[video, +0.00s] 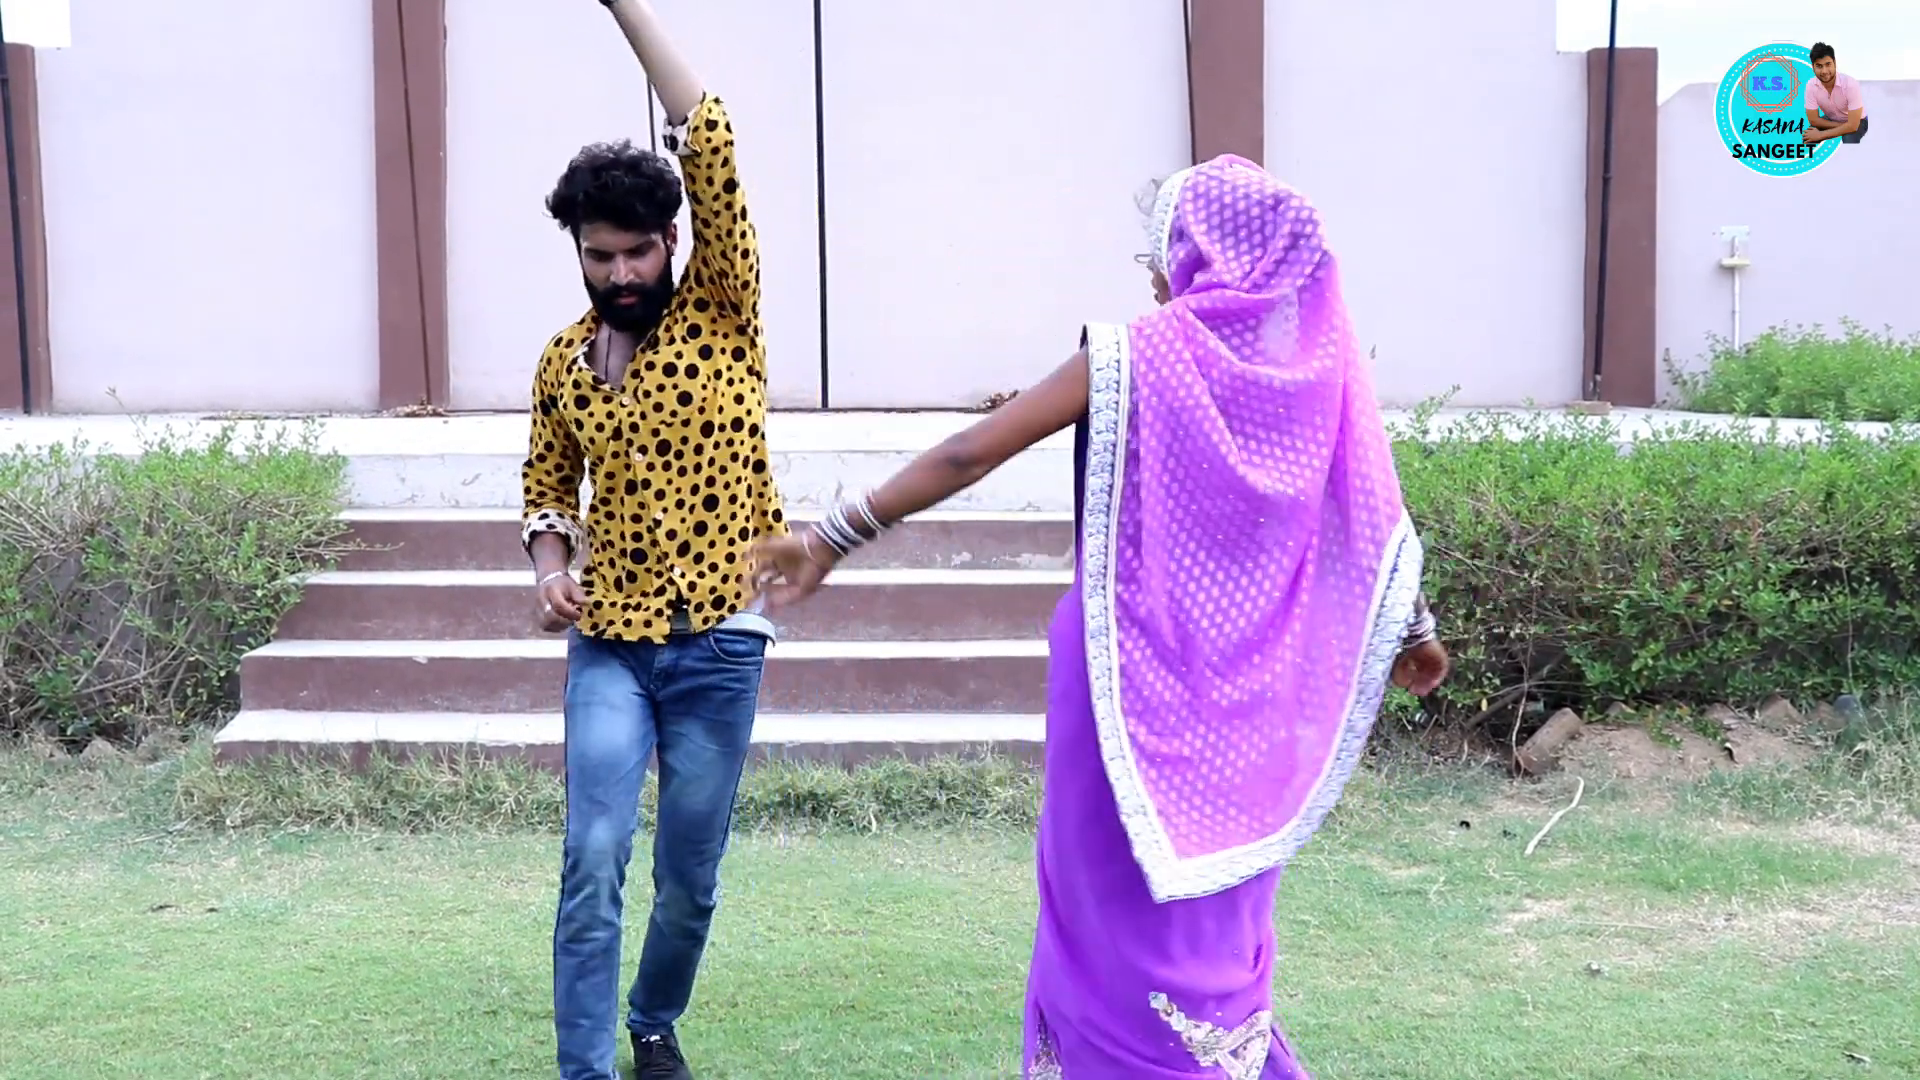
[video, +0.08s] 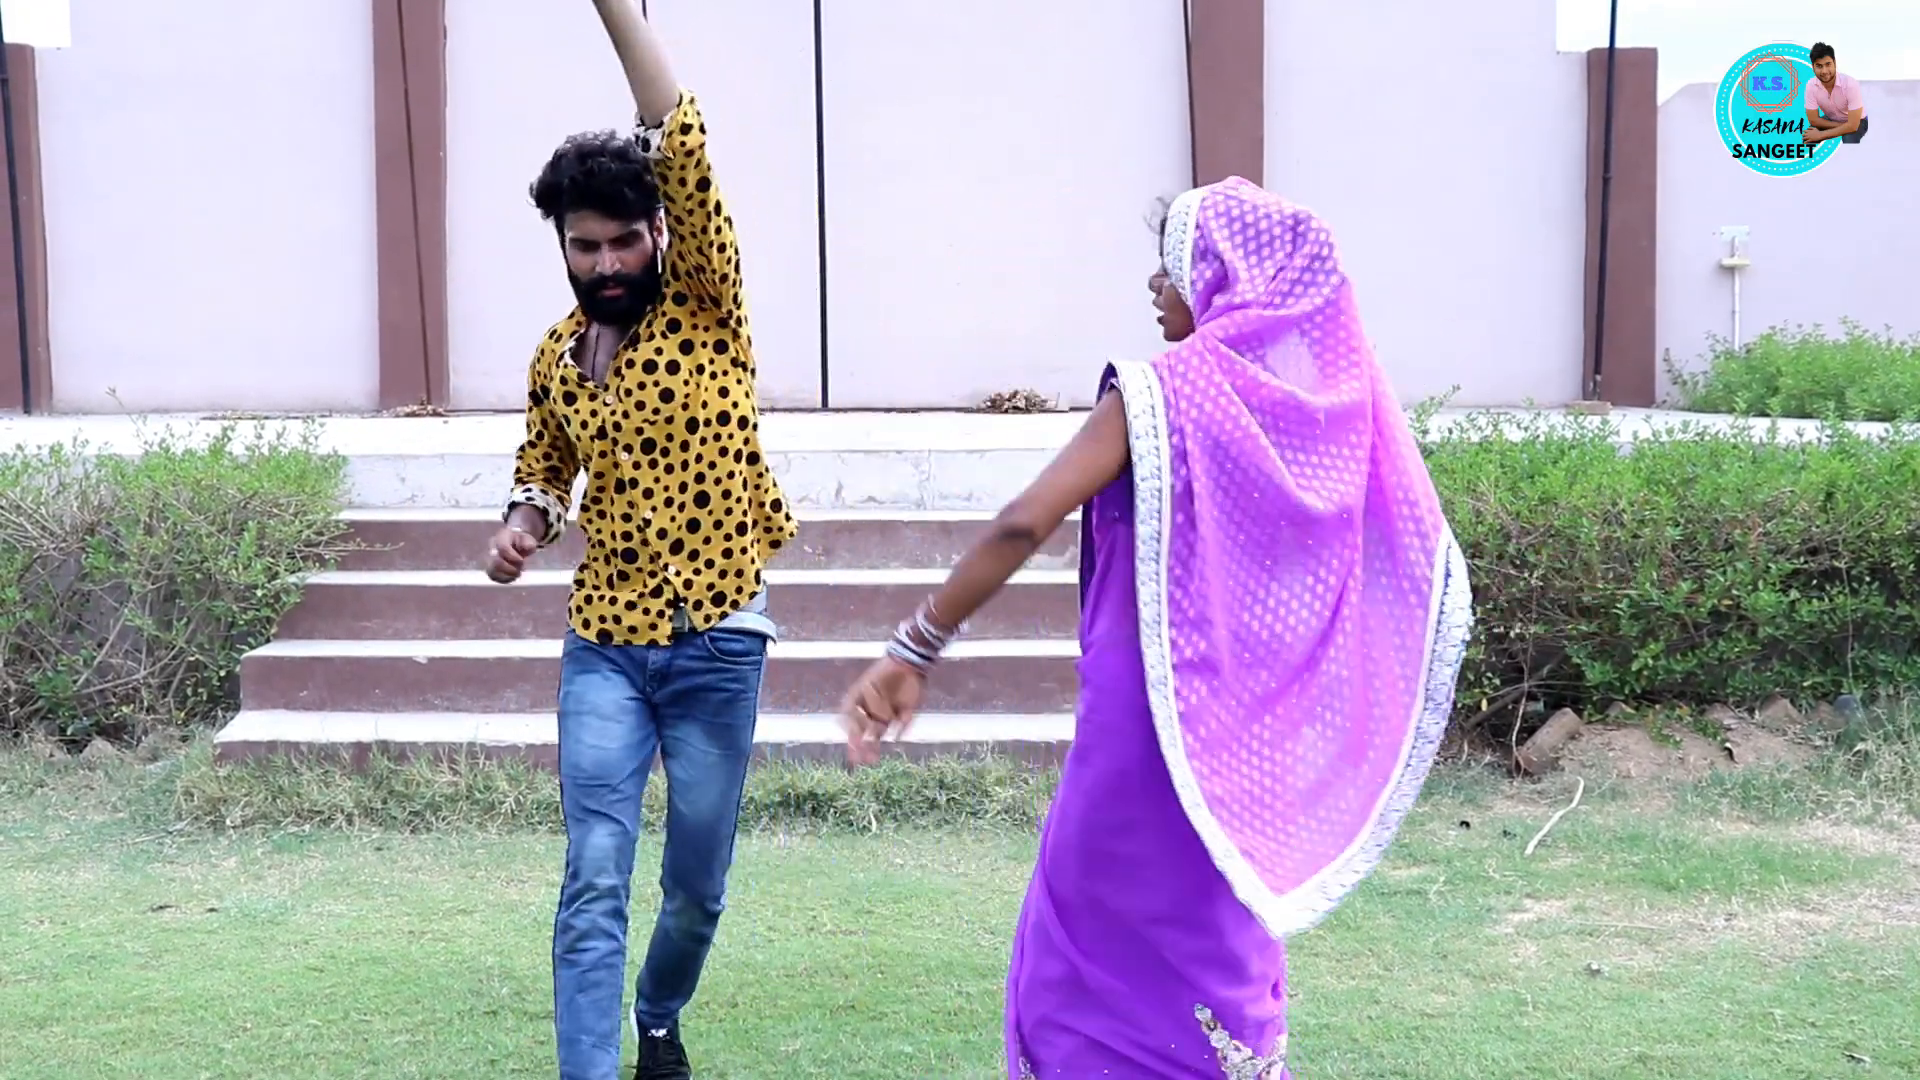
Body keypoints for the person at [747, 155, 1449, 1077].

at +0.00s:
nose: (1153, 268)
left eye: (1163, 251)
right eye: (1157, 249)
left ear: (1191, 260)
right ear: (1277, 261)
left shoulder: (1127, 357)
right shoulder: (1324, 375)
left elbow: (966, 457)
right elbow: (1377, 520)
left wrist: (835, 534)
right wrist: (1414, 626)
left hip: (1118, 662)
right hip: (1257, 666)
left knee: (1100, 880)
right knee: (1228, 877)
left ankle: (1102, 1056)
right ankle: (1228, 1052)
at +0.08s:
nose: (1155, 285)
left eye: (1171, 267)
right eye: (1161, 265)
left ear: (1219, 283)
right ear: (1273, 286)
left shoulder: (1157, 391)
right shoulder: (1326, 407)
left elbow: (1022, 524)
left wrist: (913, 649)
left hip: (1136, 734)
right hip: (1258, 731)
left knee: (1065, 950)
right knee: (1229, 941)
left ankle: (1068, 1065)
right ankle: (1243, 1058)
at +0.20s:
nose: (1151, 298)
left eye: (1169, 282)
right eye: (1158, 279)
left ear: (1227, 302)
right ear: (1258, 303)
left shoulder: (1193, 405)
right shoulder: (1323, 412)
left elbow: (1131, 557)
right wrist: (1320, 759)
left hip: (1174, 747)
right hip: (1269, 749)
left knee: (1061, 966)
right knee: (1238, 990)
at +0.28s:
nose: (1148, 281)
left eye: (1167, 265)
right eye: (1151, 261)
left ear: (1225, 280)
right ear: (1235, 287)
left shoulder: (1216, 385)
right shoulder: (1284, 378)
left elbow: (1215, 535)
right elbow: (1215, 546)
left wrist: (1152, 703)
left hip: (1197, 714)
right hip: (1258, 713)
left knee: (1124, 966)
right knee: (1218, 967)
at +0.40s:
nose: (1156, 250)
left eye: (1182, 232)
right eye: (1151, 229)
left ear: (1244, 248)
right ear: (1146, 235)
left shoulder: (1255, 357)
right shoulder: (1192, 357)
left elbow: (1306, 512)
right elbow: (1114, 505)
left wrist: (1294, 669)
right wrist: (1116, 375)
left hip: (1224, 694)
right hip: (1160, 690)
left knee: (1195, 941)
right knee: (1127, 932)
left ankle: (1215, 1067)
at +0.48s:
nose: (1169, 260)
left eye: (1194, 240)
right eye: (1158, 241)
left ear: (1256, 250)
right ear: (1150, 252)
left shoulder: (1287, 359)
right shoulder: (1188, 374)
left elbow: (1340, 517)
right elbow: (1047, 440)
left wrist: (1380, 648)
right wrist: (1126, 339)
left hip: (1238, 687)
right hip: (1161, 685)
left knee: (1227, 926)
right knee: (1147, 919)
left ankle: (1243, 1064)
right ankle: (1160, 1067)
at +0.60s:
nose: (1195, 299)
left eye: (1218, 277)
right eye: (1177, 281)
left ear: (1268, 282)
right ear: (1162, 292)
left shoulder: (1321, 400)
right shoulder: (1164, 405)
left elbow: (1396, 555)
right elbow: (996, 418)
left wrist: (1483, 683)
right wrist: (1116, 348)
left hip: (1257, 711)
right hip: (1147, 709)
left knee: (1249, 951)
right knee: (1144, 943)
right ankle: (1155, 1075)